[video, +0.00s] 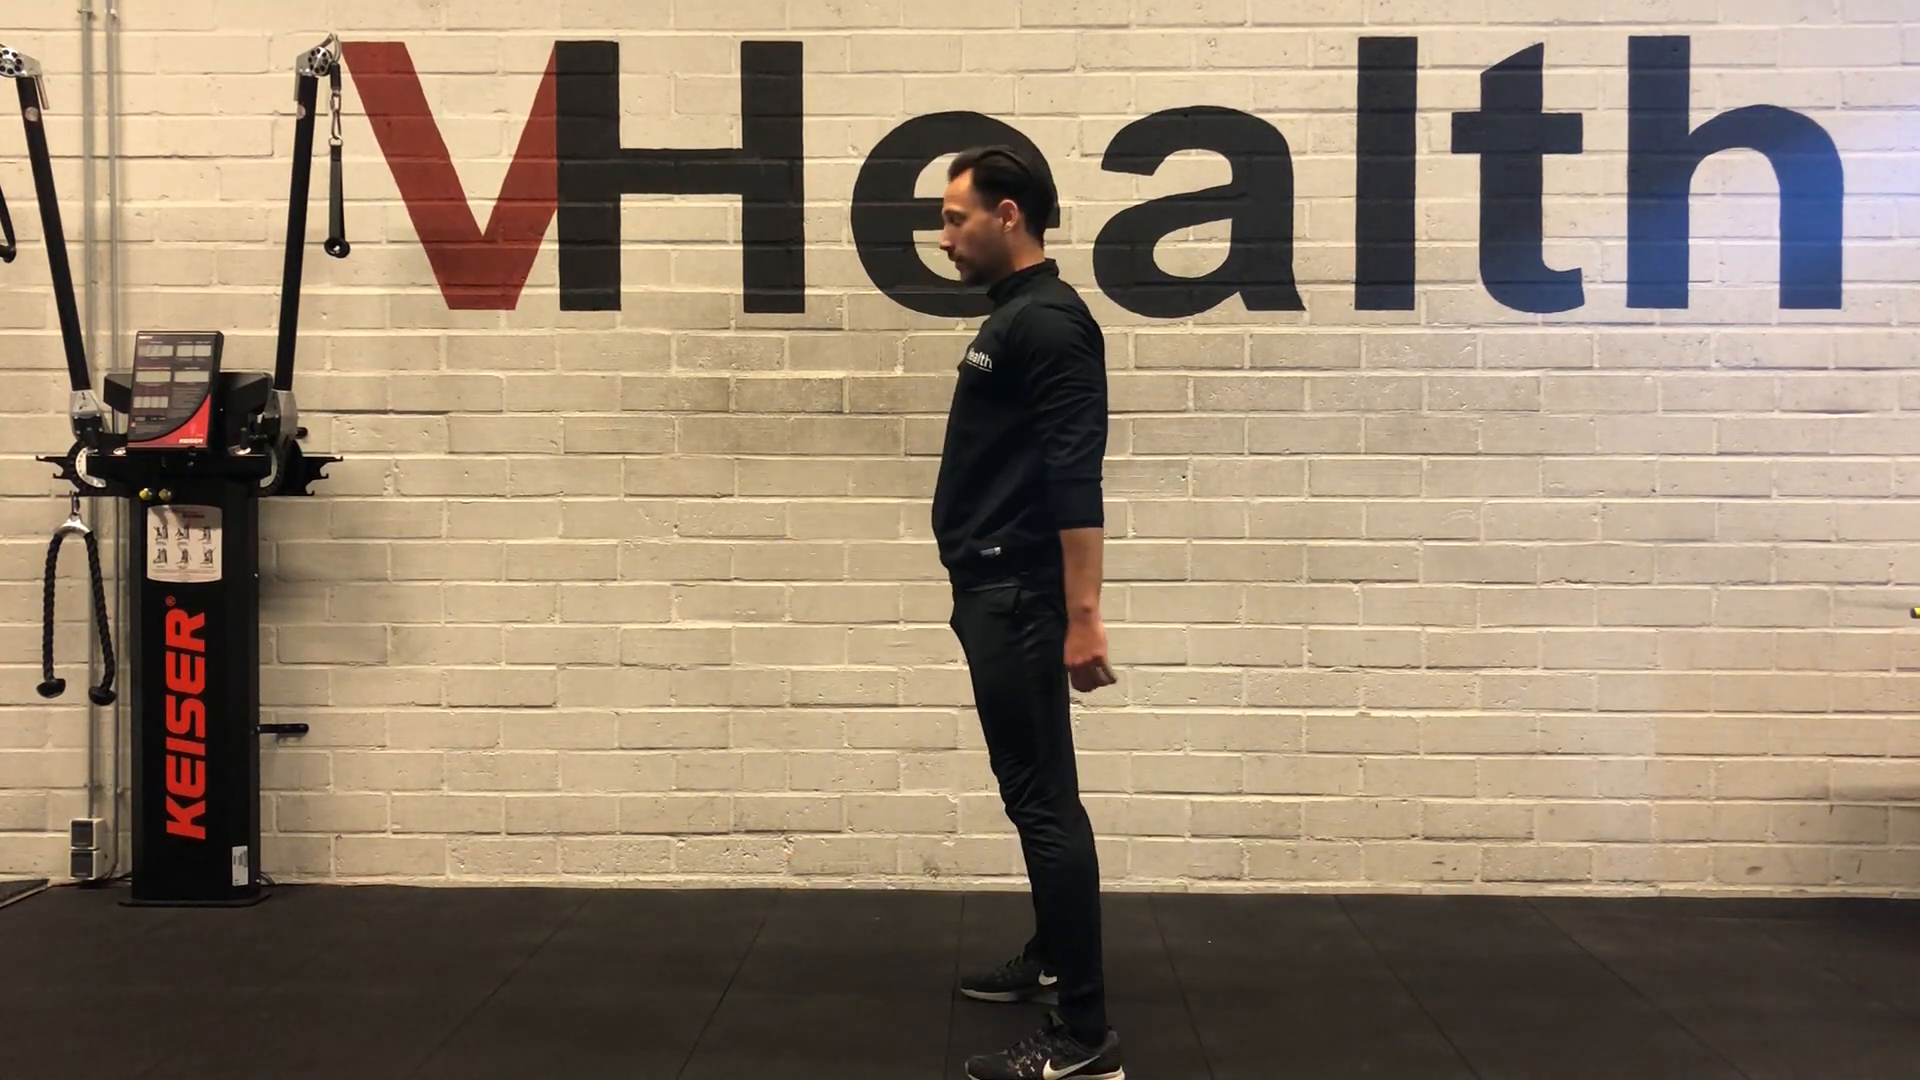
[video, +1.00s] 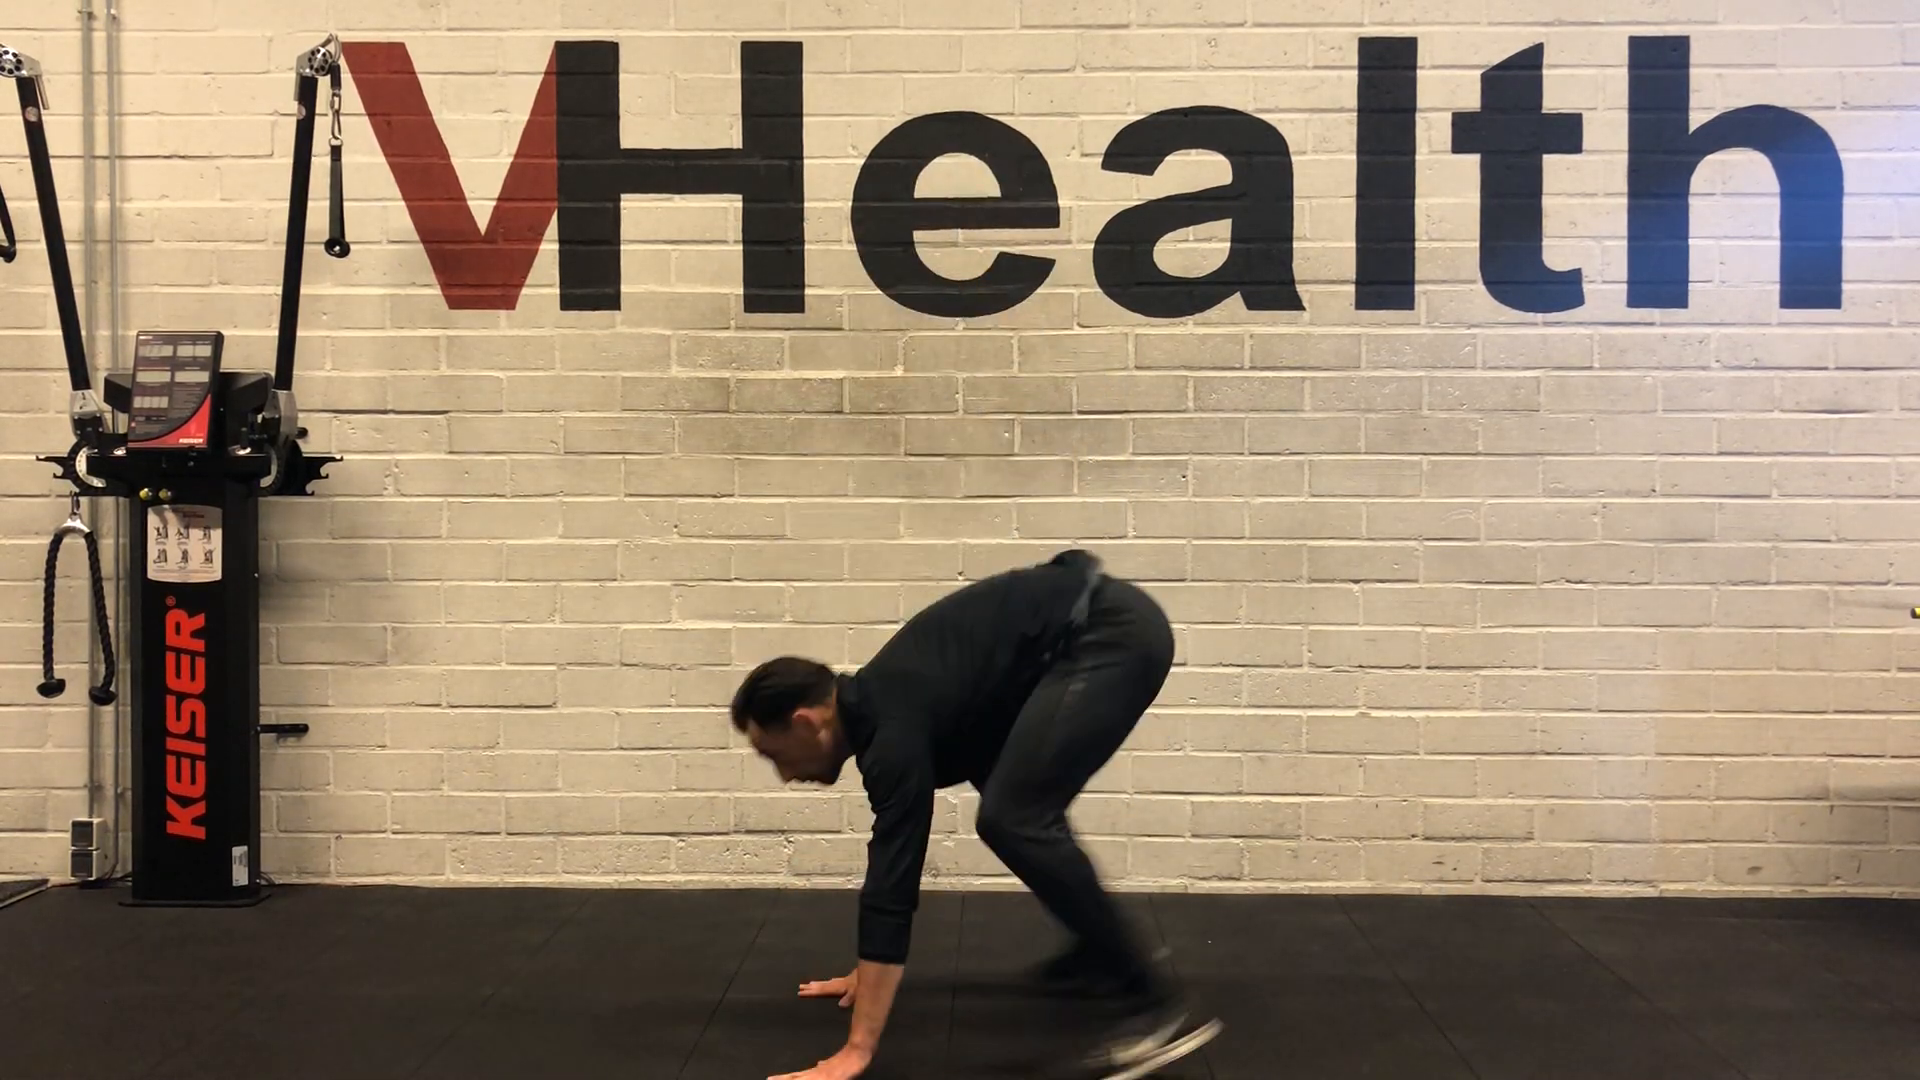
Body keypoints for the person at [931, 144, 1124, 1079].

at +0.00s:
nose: (944, 232)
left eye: (955, 216)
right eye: (943, 217)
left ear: (1012, 218)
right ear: (1009, 223)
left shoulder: (1052, 323)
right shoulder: (1016, 316)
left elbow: (1077, 477)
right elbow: (1032, 468)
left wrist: (1083, 616)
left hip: (1023, 602)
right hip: (997, 596)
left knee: (1047, 807)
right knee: (1032, 794)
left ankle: (1084, 1036)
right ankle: (1055, 958)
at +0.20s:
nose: (938, 240)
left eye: (948, 222)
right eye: (936, 225)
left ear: (1003, 217)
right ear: (996, 222)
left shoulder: (1051, 324)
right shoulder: (1016, 317)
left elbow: (1065, 475)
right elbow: (1026, 467)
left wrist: (1039, 611)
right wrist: (993, 596)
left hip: (1023, 600)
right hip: (999, 593)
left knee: (1048, 804)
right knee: (1032, 792)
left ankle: (1084, 1033)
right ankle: (1055, 957)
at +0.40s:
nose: (881, 281)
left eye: (887, 260)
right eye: (874, 266)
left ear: (940, 237)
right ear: (939, 242)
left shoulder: (1002, 334)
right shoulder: (987, 327)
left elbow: (1017, 486)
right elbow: (1010, 484)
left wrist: (1003, 622)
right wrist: (993, 605)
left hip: (1065, 586)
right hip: (1044, 582)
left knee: (1038, 792)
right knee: (1019, 776)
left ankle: (1082, 1033)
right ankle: (1054, 958)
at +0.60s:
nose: (813, 420)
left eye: (817, 400)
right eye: (807, 405)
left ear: (863, 376)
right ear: (859, 382)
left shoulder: (941, 454)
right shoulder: (922, 448)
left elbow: (948, 609)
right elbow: (943, 601)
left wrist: (932, 759)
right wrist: (932, 721)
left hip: (1121, 624)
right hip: (1072, 625)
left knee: (1020, 795)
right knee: (992, 769)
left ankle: (1084, 1032)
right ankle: (1054, 959)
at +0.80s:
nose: (778, 616)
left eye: (777, 596)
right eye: (770, 600)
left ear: (818, 570)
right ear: (821, 570)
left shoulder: (905, 631)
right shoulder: (896, 607)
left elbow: (887, 787)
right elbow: (884, 773)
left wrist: (861, 934)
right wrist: (865, 897)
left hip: (1128, 705)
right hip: (1089, 691)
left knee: (974, 825)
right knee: (954, 781)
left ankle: (1080, 1033)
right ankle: (1042, 960)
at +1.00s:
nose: (782, 773)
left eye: (774, 755)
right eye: (769, 760)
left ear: (807, 720)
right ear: (814, 709)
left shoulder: (894, 732)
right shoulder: (878, 701)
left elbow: (893, 891)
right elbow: (889, 862)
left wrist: (858, 1049)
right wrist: (869, 969)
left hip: (1116, 634)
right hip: (1093, 626)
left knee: (1014, 818)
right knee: (1009, 801)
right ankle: (1105, 942)